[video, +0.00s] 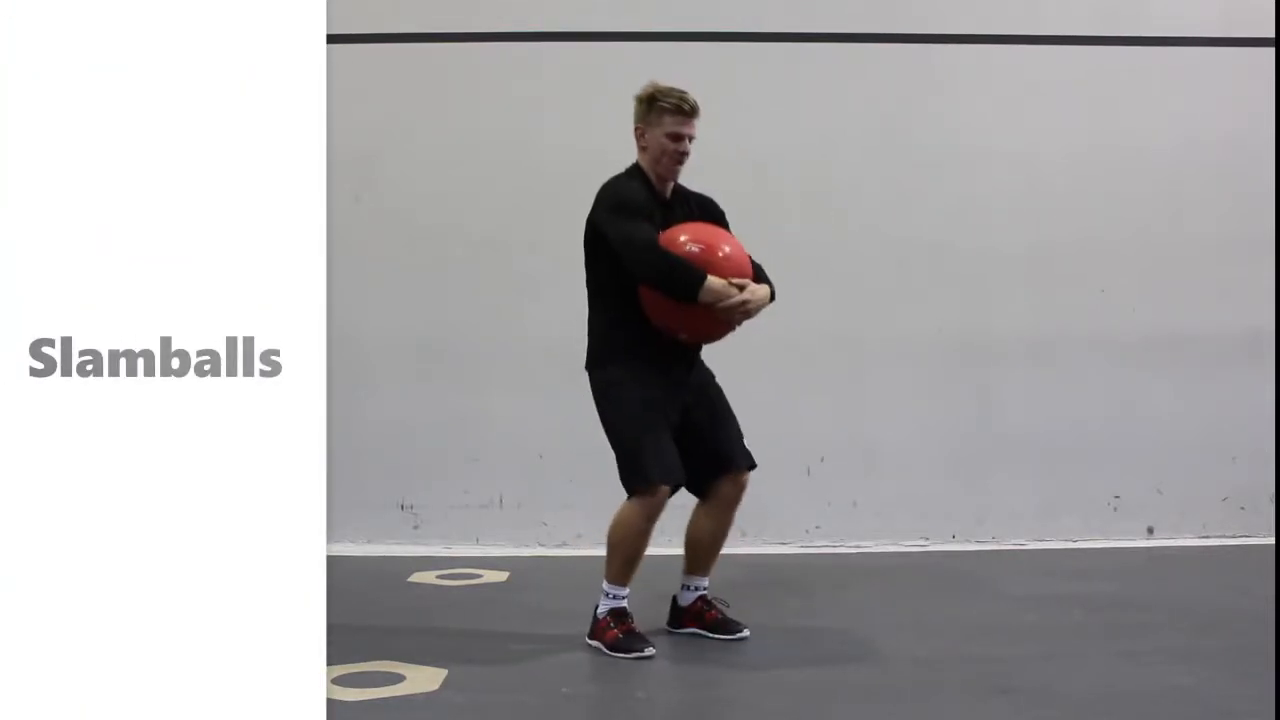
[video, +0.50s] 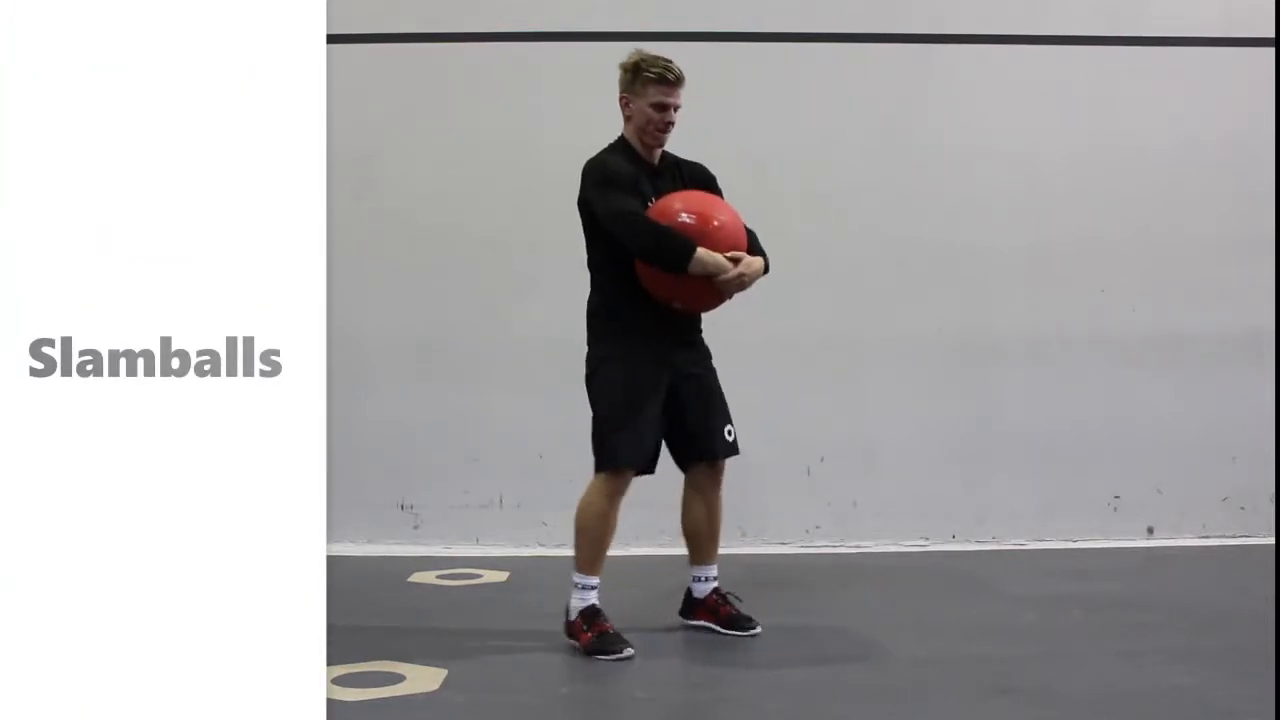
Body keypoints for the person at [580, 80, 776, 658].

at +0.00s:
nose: (682, 148)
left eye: (688, 138)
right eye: (670, 137)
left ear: (693, 140)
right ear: (640, 136)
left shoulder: (703, 209)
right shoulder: (617, 200)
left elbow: (745, 266)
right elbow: (647, 260)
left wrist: (762, 291)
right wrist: (719, 293)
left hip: (683, 363)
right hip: (623, 367)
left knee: (730, 475)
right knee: (654, 483)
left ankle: (690, 603)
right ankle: (610, 614)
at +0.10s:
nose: (678, 135)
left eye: (685, 125)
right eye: (667, 124)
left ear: (690, 128)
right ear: (637, 123)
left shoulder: (700, 199)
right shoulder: (614, 191)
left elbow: (742, 255)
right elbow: (648, 250)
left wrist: (762, 281)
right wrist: (722, 284)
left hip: (682, 354)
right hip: (623, 358)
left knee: (718, 470)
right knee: (643, 479)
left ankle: (690, 601)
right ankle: (609, 612)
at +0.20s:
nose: (672, 117)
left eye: (679, 108)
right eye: (661, 107)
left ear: (685, 110)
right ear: (631, 107)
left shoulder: (697, 181)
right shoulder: (611, 175)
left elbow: (744, 239)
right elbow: (642, 233)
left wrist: (762, 266)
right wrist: (716, 267)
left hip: (681, 343)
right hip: (623, 346)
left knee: (699, 465)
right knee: (627, 472)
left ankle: (688, 599)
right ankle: (605, 608)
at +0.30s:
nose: (668, 116)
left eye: (676, 106)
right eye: (658, 105)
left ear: (681, 109)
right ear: (627, 105)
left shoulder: (694, 178)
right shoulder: (607, 176)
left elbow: (743, 235)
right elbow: (643, 233)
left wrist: (761, 261)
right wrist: (723, 263)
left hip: (680, 342)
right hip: (623, 346)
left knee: (699, 465)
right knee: (623, 474)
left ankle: (690, 600)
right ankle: (604, 611)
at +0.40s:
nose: (665, 119)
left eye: (672, 109)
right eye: (655, 107)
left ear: (679, 110)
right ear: (624, 106)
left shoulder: (693, 178)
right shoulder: (604, 176)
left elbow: (740, 235)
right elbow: (638, 233)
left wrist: (759, 262)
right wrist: (715, 265)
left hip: (684, 344)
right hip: (624, 348)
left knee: (705, 464)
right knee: (624, 473)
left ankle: (696, 599)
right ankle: (597, 610)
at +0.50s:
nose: (664, 118)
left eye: (672, 108)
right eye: (653, 107)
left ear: (680, 109)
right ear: (625, 104)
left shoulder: (695, 177)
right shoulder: (603, 174)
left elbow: (741, 238)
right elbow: (635, 232)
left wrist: (756, 263)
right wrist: (713, 265)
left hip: (683, 341)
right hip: (621, 344)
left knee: (708, 459)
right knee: (616, 470)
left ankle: (703, 595)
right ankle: (584, 609)